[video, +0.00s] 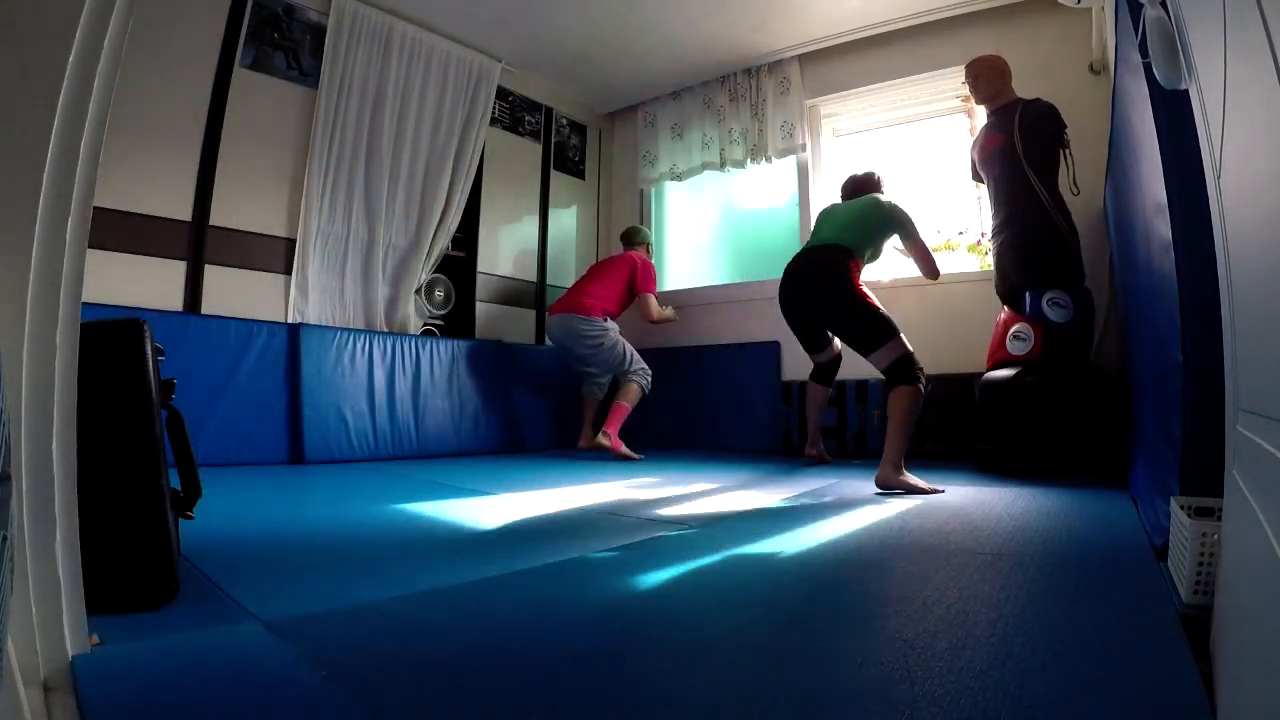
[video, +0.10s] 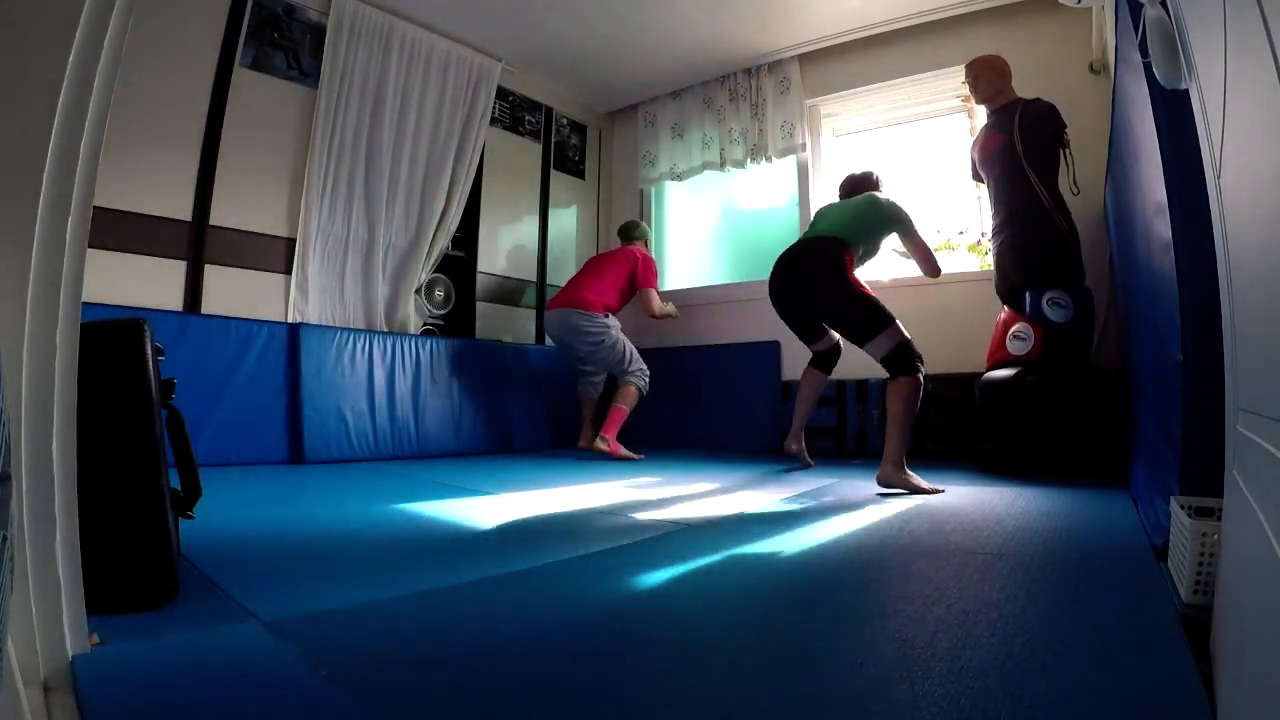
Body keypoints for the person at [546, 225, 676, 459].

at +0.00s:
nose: (651, 254)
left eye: (650, 251)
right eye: (651, 250)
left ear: (624, 247)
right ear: (647, 248)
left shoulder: (607, 262)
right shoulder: (641, 262)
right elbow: (652, 314)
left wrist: (650, 302)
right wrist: (668, 314)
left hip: (556, 319)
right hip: (587, 320)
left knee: (598, 374)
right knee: (638, 372)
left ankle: (586, 435)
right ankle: (610, 433)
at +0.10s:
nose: (649, 247)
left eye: (649, 244)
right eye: (649, 244)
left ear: (621, 242)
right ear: (645, 242)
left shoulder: (602, 257)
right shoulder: (642, 257)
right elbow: (653, 309)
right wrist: (668, 310)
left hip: (554, 314)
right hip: (587, 316)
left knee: (592, 370)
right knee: (636, 373)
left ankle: (586, 435)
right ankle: (608, 437)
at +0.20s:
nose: (645, 240)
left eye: (645, 238)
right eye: (645, 237)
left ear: (616, 234)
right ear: (641, 235)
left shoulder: (597, 248)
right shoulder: (638, 249)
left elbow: (577, 278)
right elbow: (651, 300)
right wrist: (668, 304)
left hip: (547, 303)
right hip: (583, 304)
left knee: (584, 364)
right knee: (627, 368)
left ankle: (584, 431)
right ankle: (607, 439)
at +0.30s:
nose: (640, 238)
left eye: (640, 234)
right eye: (640, 234)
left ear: (611, 231)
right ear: (635, 233)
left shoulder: (595, 244)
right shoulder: (631, 245)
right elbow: (646, 297)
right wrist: (663, 300)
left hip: (535, 296)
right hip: (570, 297)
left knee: (580, 359)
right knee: (620, 358)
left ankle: (558, 425)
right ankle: (608, 436)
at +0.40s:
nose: (632, 238)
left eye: (632, 235)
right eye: (632, 234)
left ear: (602, 231)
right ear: (627, 232)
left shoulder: (587, 244)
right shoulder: (622, 245)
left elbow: (562, 278)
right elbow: (637, 297)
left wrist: (588, 306)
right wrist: (657, 298)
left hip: (526, 299)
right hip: (561, 298)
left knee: (568, 362)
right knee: (613, 357)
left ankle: (552, 437)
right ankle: (587, 424)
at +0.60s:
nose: (617, 231)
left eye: (616, 228)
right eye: (616, 227)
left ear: (584, 223)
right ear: (611, 225)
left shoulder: (568, 236)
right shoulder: (608, 237)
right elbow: (622, 292)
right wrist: (641, 294)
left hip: (503, 289)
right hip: (539, 290)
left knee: (549, 363)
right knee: (584, 362)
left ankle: (546, 434)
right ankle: (557, 437)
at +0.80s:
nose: (598, 229)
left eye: (597, 224)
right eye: (598, 224)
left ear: (568, 219)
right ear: (593, 220)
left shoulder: (547, 233)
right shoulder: (580, 231)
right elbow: (597, 286)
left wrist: (548, 302)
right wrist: (621, 289)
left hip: (472, 290)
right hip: (504, 290)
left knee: (522, 360)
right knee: (564, 349)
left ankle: (497, 437)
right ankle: (532, 423)